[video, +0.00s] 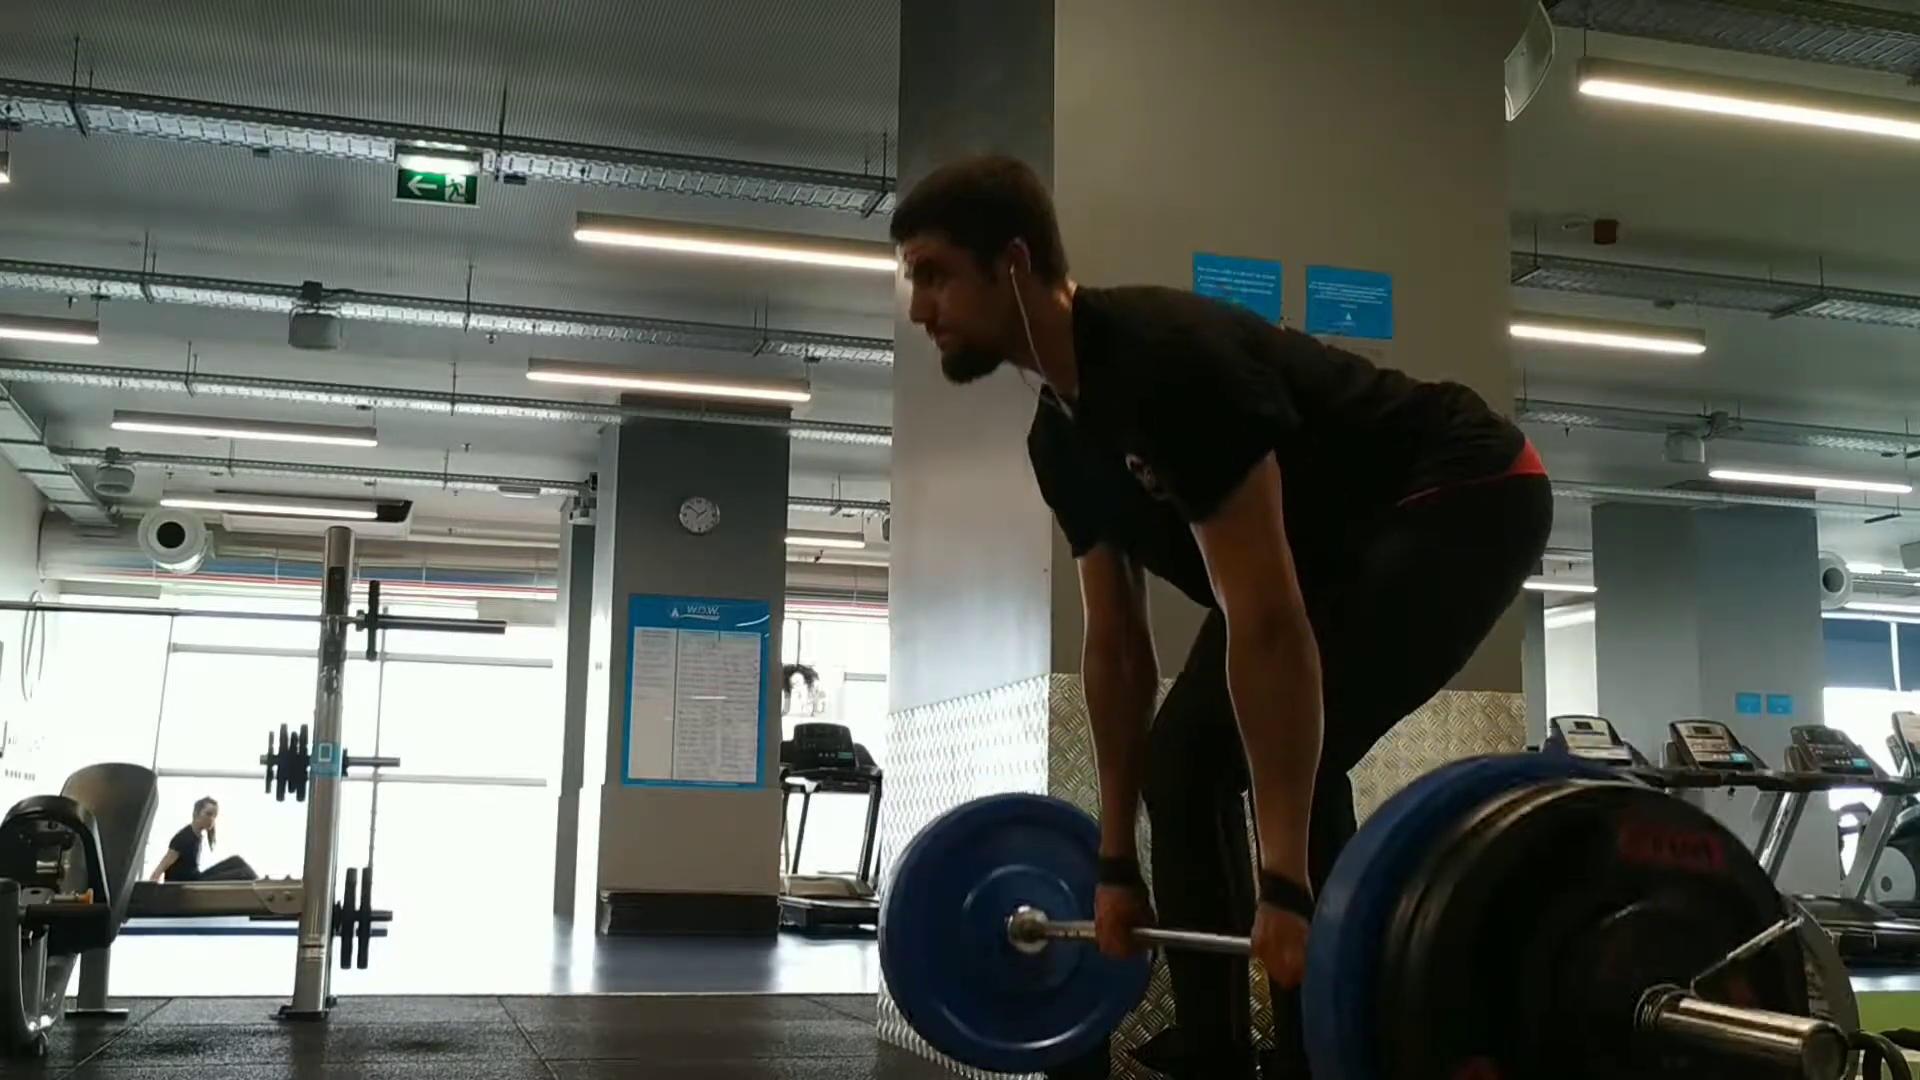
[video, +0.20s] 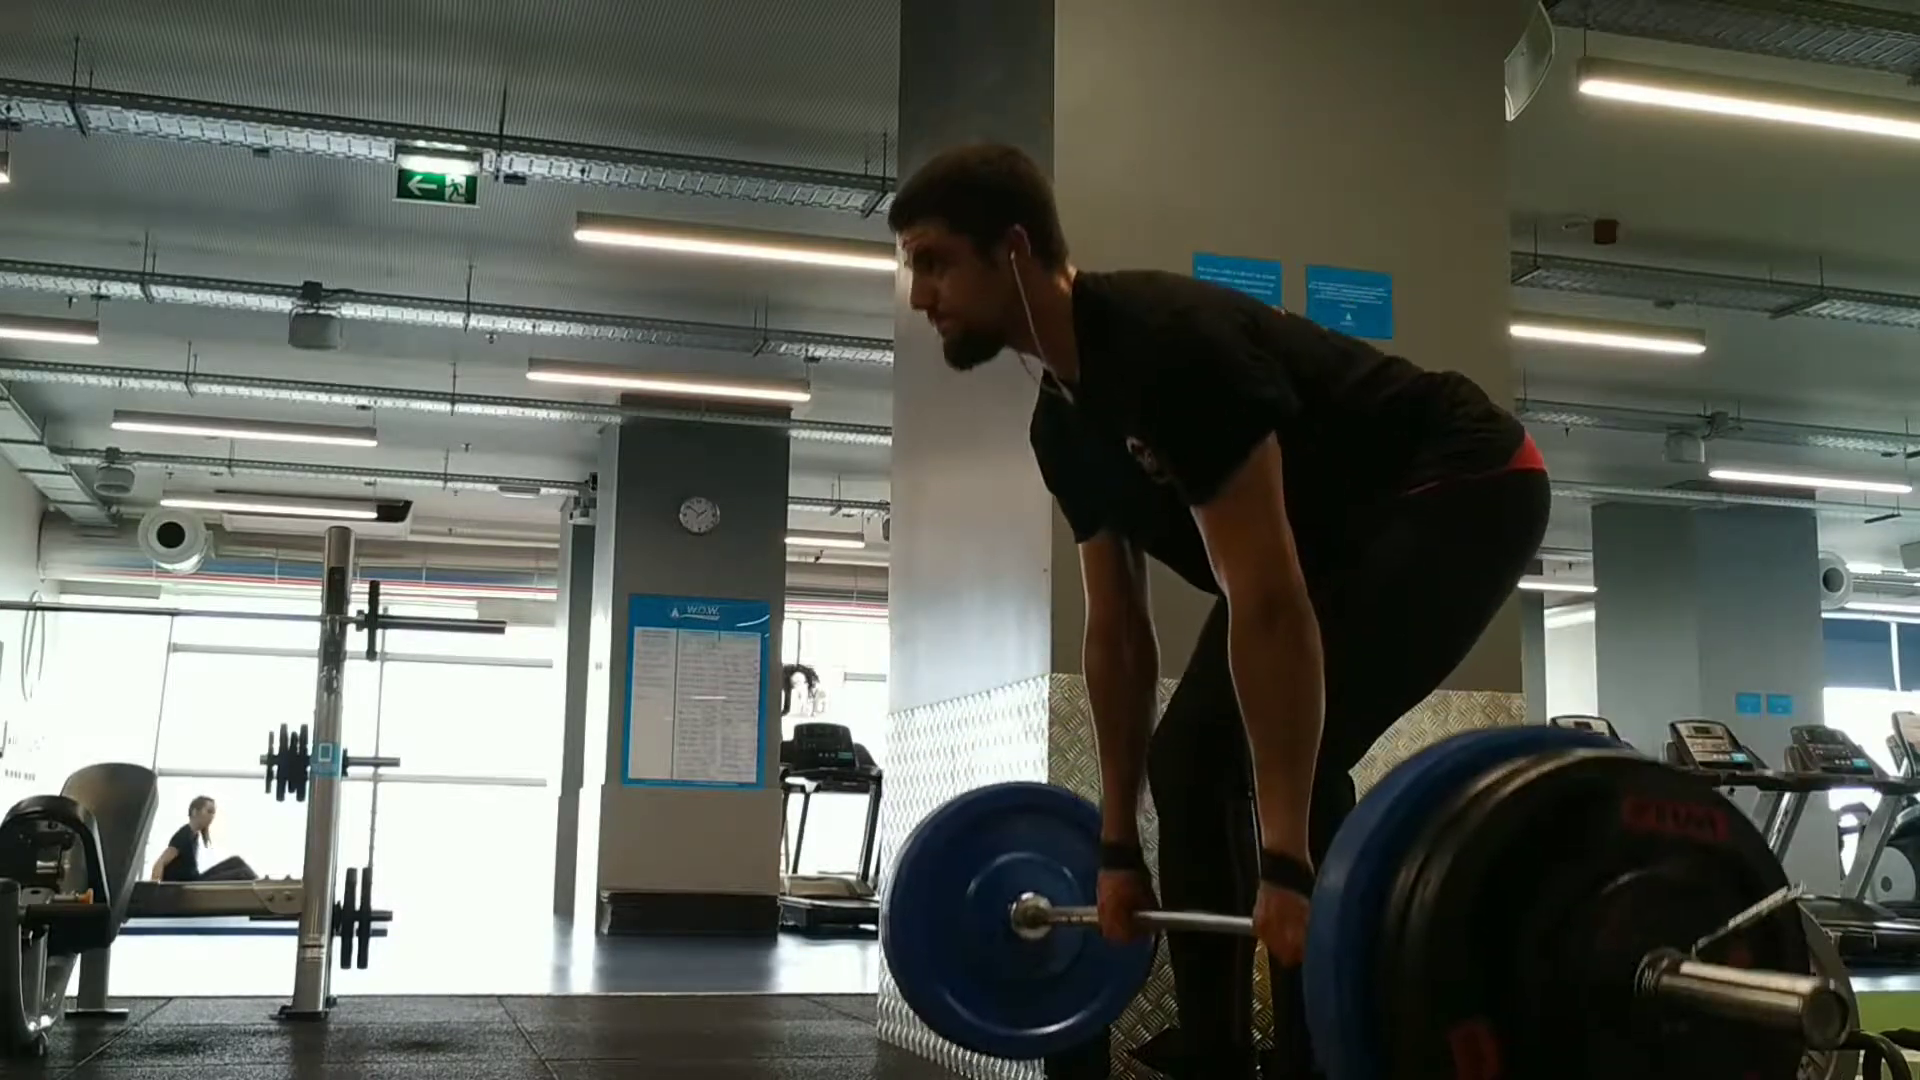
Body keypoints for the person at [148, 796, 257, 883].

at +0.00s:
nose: (211, 819)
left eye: (214, 816)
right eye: (208, 814)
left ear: (215, 818)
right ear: (198, 813)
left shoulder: (197, 836)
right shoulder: (184, 837)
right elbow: (162, 866)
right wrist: (149, 888)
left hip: (194, 880)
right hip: (184, 886)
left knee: (236, 861)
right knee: (240, 872)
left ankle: (259, 885)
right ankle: (260, 890)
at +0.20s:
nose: (212, 817)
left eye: (213, 813)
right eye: (209, 812)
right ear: (195, 812)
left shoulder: (194, 835)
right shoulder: (185, 835)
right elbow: (160, 864)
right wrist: (154, 889)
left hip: (193, 881)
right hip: (184, 888)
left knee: (235, 862)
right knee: (239, 872)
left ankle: (259, 886)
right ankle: (261, 891)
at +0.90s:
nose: (208, 813)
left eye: (208, 809)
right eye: (206, 809)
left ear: (195, 809)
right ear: (196, 809)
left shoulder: (185, 831)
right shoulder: (181, 833)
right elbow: (171, 869)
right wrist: (170, 896)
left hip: (196, 877)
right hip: (190, 884)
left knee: (239, 858)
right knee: (244, 869)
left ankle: (264, 885)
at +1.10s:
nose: (206, 815)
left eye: (206, 810)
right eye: (204, 810)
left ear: (192, 811)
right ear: (194, 810)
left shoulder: (186, 832)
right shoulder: (181, 833)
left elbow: (175, 866)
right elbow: (173, 867)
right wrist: (168, 893)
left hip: (204, 878)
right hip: (198, 883)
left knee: (248, 852)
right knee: (250, 862)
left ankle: (274, 883)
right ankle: (277, 885)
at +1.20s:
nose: (206, 816)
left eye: (207, 812)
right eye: (205, 811)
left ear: (193, 811)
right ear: (197, 810)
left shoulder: (188, 832)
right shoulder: (184, 833)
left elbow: (177, 867)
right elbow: (175, 867)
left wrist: (172, 892)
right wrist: (171, 893)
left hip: (210, 879)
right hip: (205, 884)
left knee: (254, 851)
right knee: (256, 857)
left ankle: (280, 882)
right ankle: (282, 884)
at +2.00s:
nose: (223, 823)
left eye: (223, 819)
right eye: (223, 819)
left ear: (203, 819)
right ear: (218, 820)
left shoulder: (205, 839)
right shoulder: (206, 841)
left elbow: (191, 870)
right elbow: (190, 871)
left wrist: (175, 890)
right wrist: (174, 890)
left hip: (231, 882)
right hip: (233, 885)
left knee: (267, 847)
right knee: (274, 853)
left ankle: (286, 882)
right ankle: (292, 885)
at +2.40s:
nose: (221, 823)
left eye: (221, 819)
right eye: (221, 820)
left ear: (200, 820)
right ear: (218, 822)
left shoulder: (190, 845)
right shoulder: (212, 847)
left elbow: (177, 874)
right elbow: (190, 875)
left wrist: (168, 891)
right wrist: (177, 891)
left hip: (221, 886)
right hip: (236, 886)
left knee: (266, 848)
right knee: (277, 854)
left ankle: (283, 885)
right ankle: (295, 888)